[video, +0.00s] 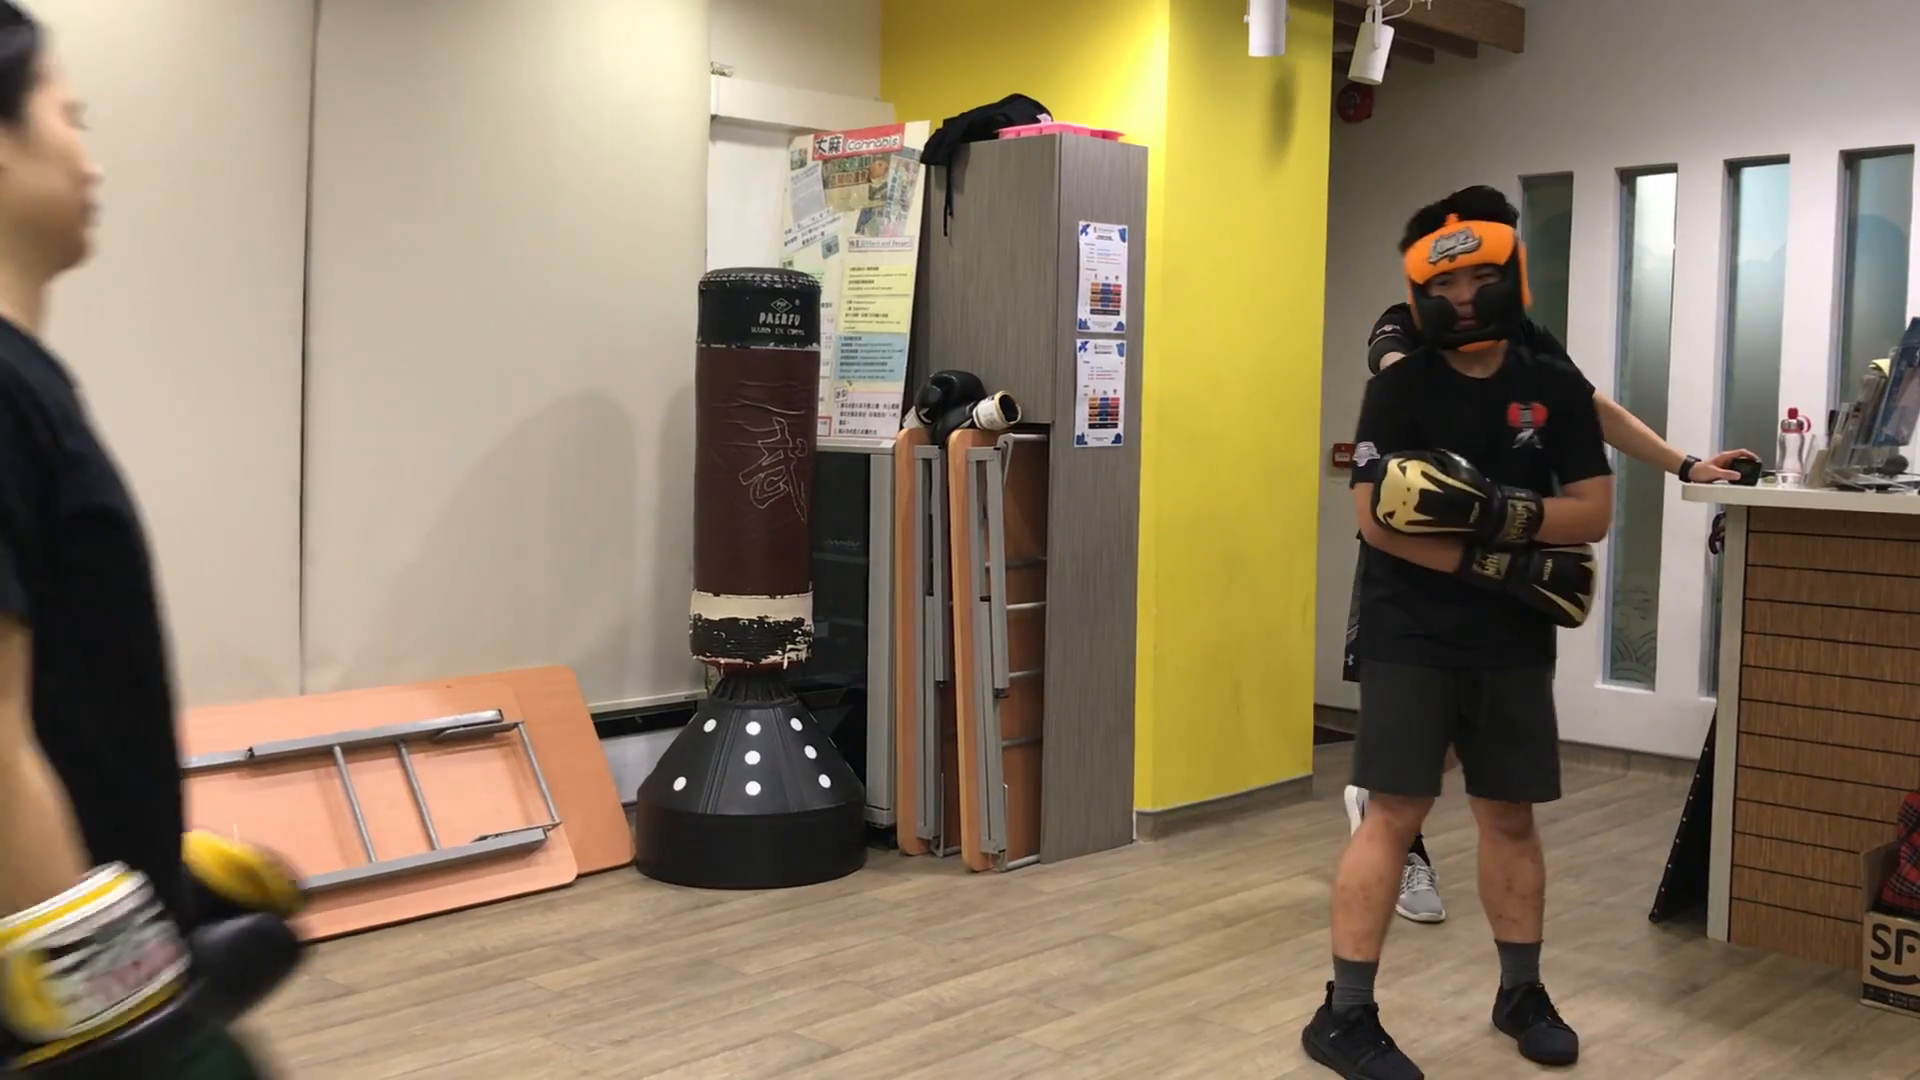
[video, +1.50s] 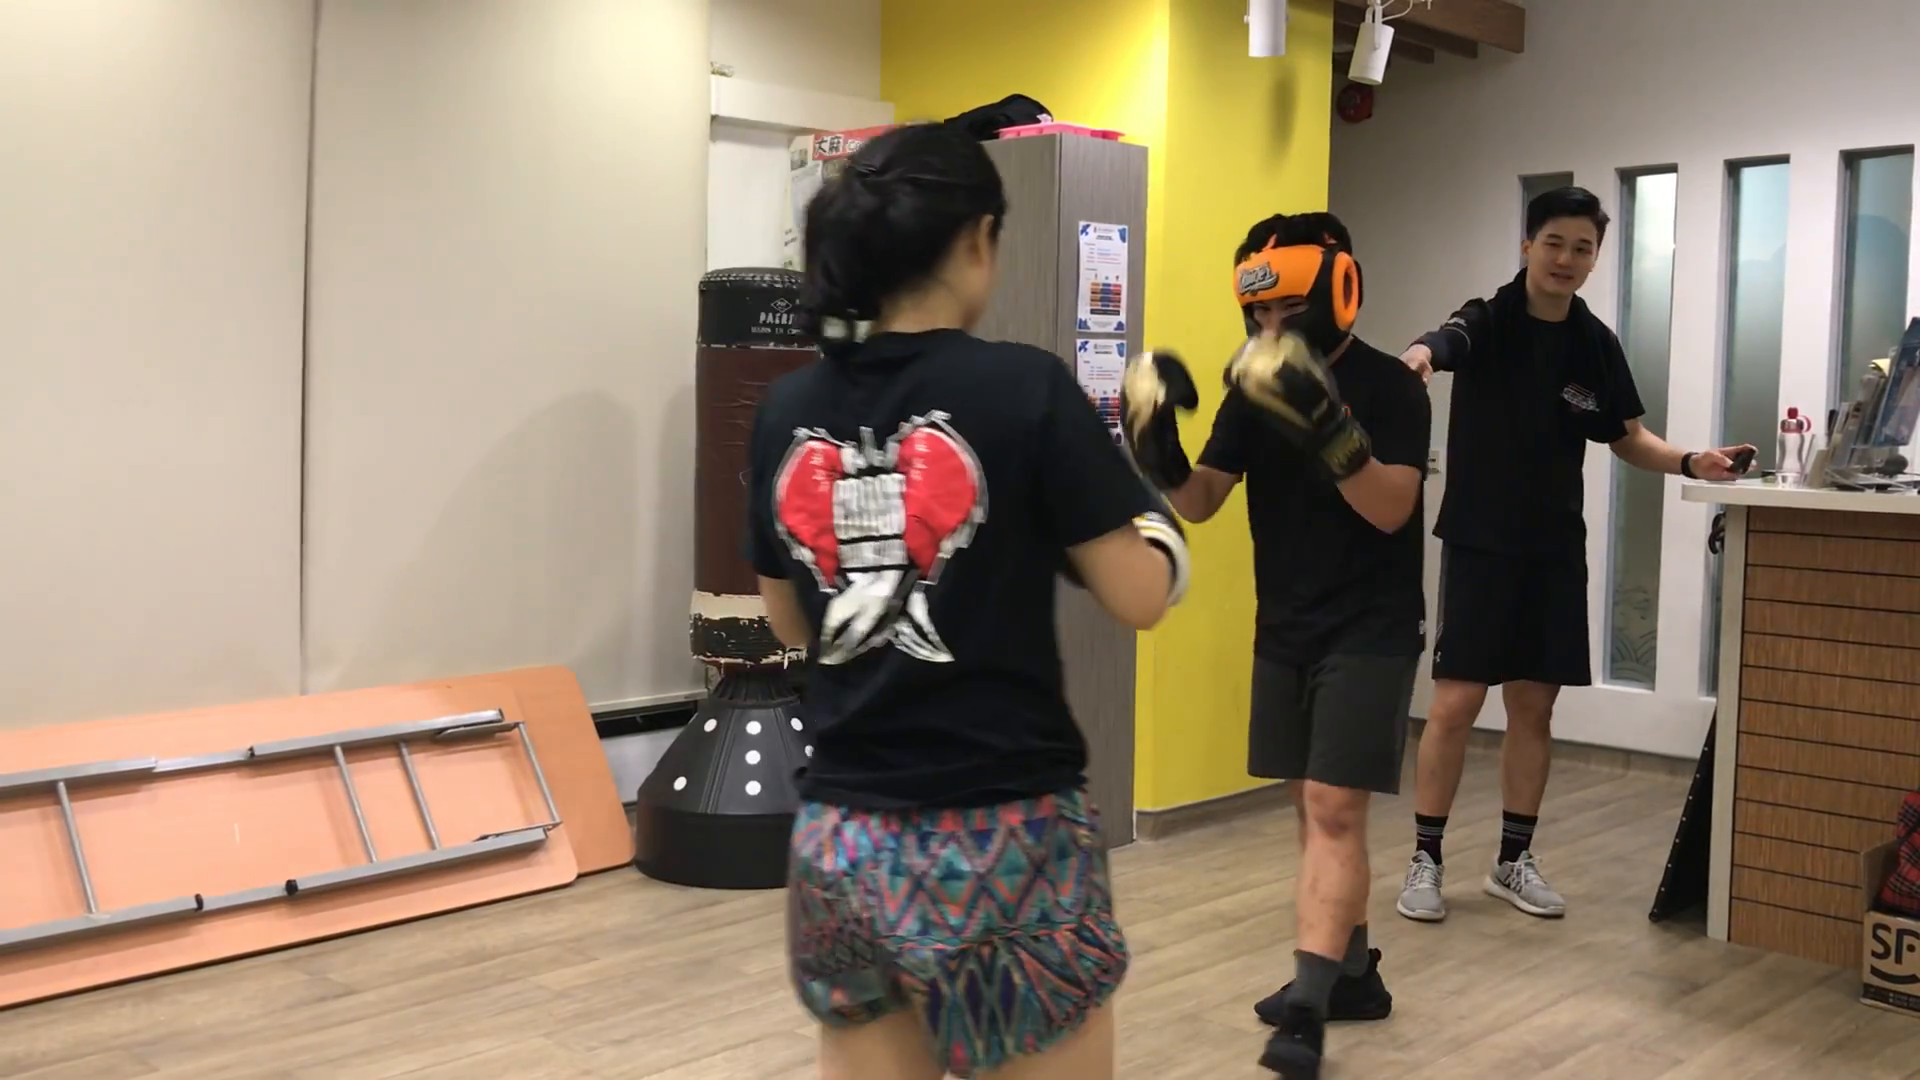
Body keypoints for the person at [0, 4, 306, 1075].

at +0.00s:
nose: (94, 165)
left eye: (80, 122)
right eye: (69, 120)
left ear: (18, 140)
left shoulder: (33, 378)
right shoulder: (10, 385)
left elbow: (52, 710)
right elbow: (1, 742)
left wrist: (168, 855)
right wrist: (114, 1001)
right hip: (68, 1008)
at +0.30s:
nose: (408, 292)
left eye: (422, 256)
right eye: (417, 249)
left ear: (341, 213)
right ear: (343, 212)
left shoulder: (169, 384)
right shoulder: (241, 403)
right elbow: (277, 727)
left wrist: (402, 773)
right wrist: (477, 827)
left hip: (151, 972)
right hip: (247, 999)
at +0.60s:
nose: (727, 278)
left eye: (734, 245)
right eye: (732, 241)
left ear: (562, 208)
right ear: (692, 213)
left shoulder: (424, 409)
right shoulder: (667, 423)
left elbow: (380, 663)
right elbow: (799, 729)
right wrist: (863, 724)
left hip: (440, 953)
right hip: (640, 961)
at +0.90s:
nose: (872, 246)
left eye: (875, 218)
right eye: (874, 216)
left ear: (696, 210)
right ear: (847, 215)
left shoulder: (588, 397)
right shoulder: (902, 408)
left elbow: (577, 633)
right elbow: (1044, 659)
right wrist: (1061, 580)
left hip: (637, 917)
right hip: (845, 916)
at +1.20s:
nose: (916, 260)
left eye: (915, 234)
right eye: (917, 232)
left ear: (768, 234)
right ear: (896, 237)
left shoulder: (684, 409)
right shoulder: (946, 407)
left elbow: (674, 627)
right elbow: (1043, 637)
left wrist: (776, 560)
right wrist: (1064, 565)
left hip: (744, 863)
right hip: (924, 869)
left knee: (804, 1064)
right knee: (1011, 1057)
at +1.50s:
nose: (994, 271)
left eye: (992, 244)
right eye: (994, 243)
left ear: (853, 246)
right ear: (971, 246)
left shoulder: (787, 410)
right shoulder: (1024, 388)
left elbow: (794, 620)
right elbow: (1142, 596)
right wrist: (1145, 489)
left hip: (840, 838)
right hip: (1007, 839)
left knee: (868, 1064)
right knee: (1048, 1061)